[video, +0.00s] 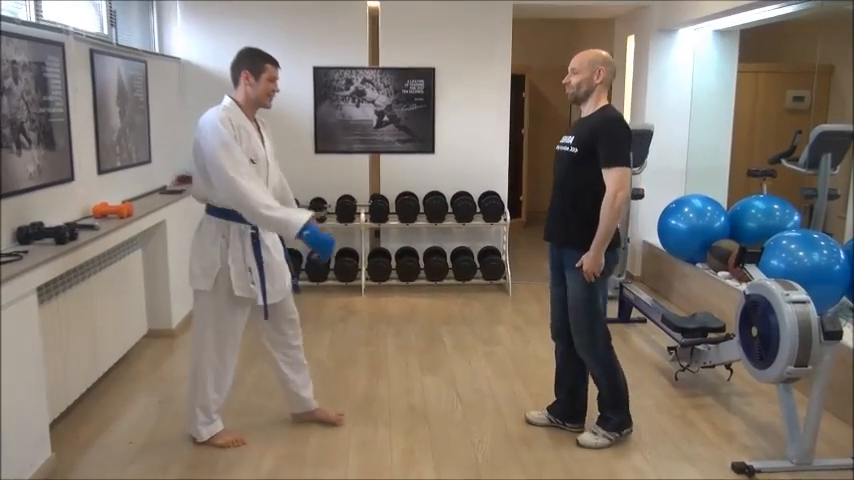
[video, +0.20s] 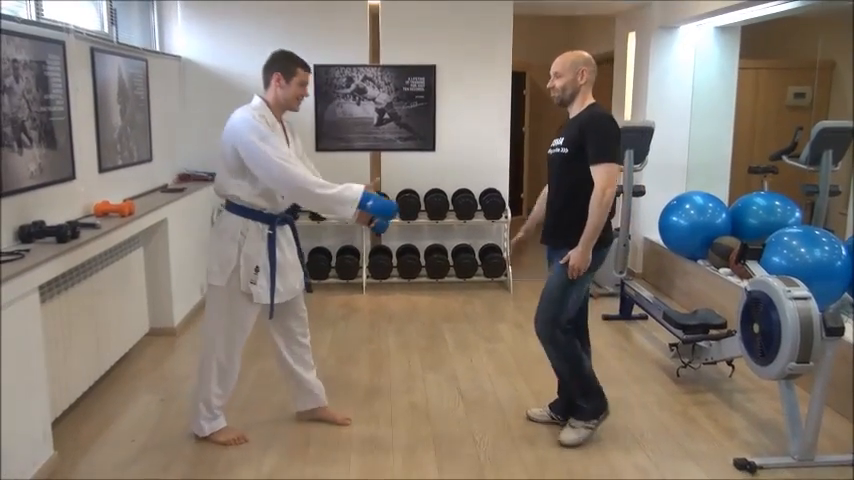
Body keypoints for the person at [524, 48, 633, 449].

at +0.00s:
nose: (566, 79)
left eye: (573, 72)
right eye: (567, 73)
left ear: (599, 75)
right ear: (592, 77)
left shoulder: (610, 123)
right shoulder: (582, 123)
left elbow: (618, 192)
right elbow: (576, 185)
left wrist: (597, 250)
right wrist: (560, 236)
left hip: (587, 248)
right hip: (562, 243)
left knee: (589, 337)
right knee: (565, 334)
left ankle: (616, 420)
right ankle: (567, 411)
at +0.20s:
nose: (550, 83)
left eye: (557, 76)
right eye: (550, 77)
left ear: (583, 75)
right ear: (576, 77)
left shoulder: (597, 120)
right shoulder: (569, 125)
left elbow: (606, 187)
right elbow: (554, 187)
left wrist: (584, 247)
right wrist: (529, 227)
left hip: (582, 247)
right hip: (560, 243)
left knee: (549, 323)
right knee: (572, 327)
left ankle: (591, 407)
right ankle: (567, 406)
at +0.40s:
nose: (533, 85)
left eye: (539, 77)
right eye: (533, 78)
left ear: (564, 77)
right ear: (557, 78)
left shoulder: (585, 119)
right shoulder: (552, 125)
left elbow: (572, 186)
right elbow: (516, 173)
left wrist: (520, 227)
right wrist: (467, 197)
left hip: (580, 243)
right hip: (563, 242)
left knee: (547, 333)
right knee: (571, 326)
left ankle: (537, 425)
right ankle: (573, 408)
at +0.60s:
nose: (507, 91)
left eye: (512, 83)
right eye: (507, 83)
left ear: (538, 85)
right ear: (537, 86)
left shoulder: (559, 125)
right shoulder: (537, 121)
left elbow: (505, 181)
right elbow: (496, 167)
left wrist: (449, 190)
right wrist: (450, 188)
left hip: (575, 243)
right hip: (566, 240)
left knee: (548, 335)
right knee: (569, 323)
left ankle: (535, 423)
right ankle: (572, 405)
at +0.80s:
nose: (478, 97)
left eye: (483, 89)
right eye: (479, 89)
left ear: (507, 90)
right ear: (510, 90)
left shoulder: (529, 129)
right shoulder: (530, 122)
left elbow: (490, 194)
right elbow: (488, 173)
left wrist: (439, 184)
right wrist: (438, 176)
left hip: (567, 236)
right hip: (577, 231)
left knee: (544, 328)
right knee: (569, 317)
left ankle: (535, 416)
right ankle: (572, 399)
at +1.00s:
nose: (466, 94)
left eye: (470, 86)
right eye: (466, 86)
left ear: (495, 86)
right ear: (498, 87)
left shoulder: (519, 124)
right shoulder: (521, 118)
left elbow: (483, 191)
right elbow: (480, 173)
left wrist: (430, 183)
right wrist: (432, 177)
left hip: (564, 230)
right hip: (576, 224)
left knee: (541, 320)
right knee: (570, 312)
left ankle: (535, 409)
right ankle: (572, 391)